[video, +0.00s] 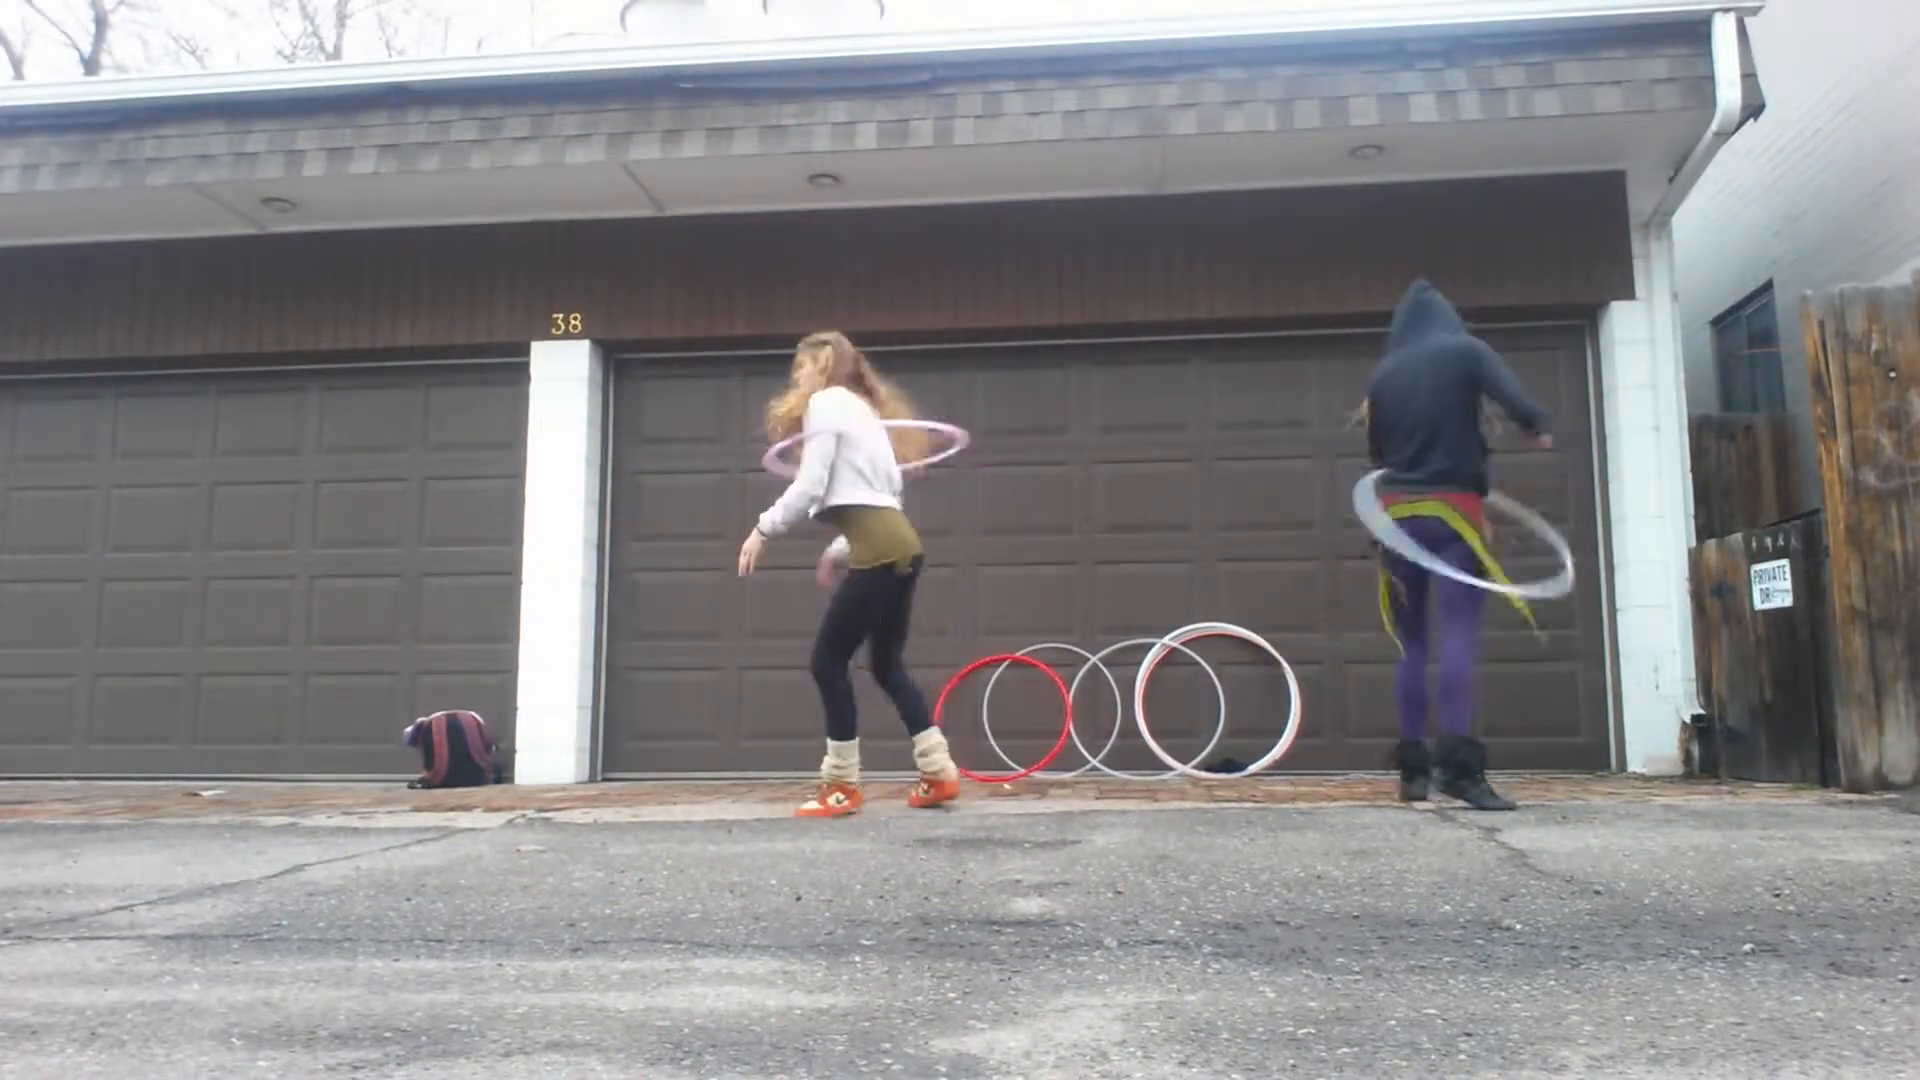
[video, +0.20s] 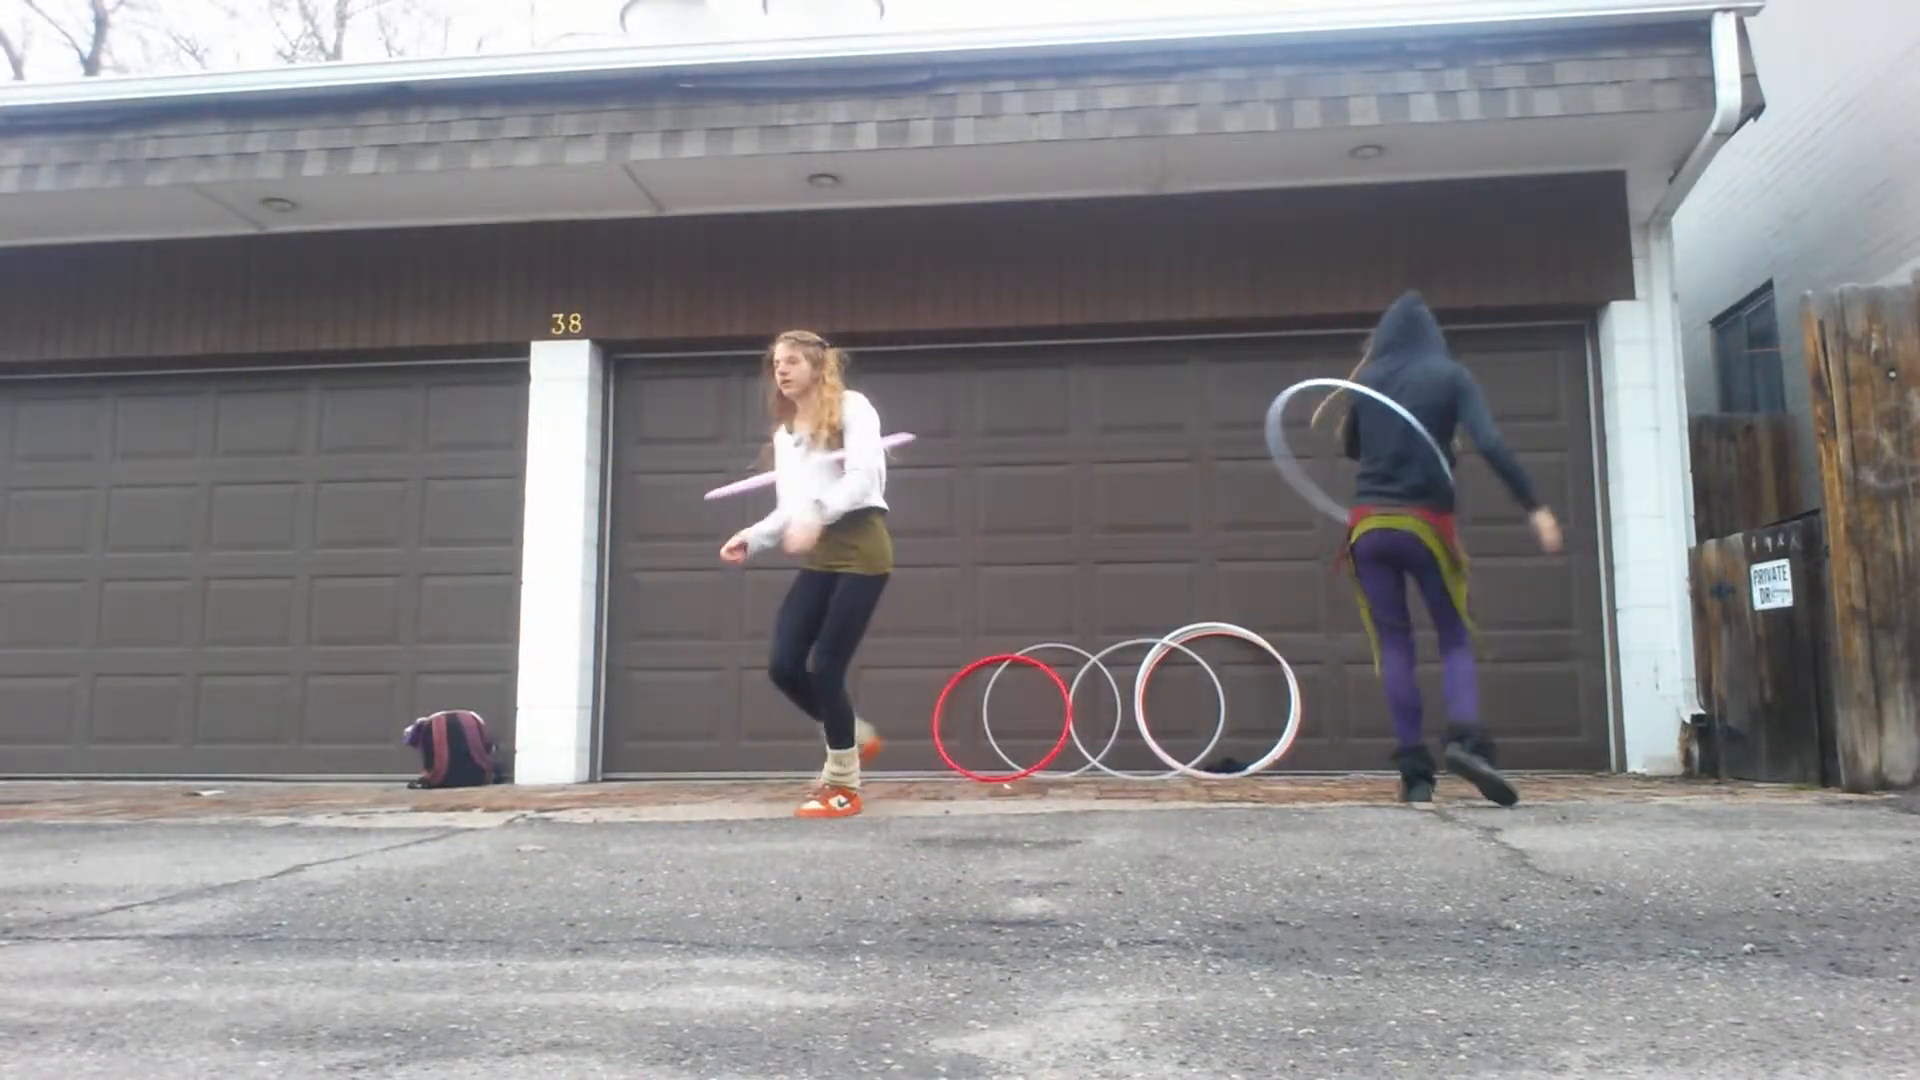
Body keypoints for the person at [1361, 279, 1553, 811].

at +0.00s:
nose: (1457, 325)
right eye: (1454, 318)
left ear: (1403, 324)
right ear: (1447, 318)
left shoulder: (1385, 373)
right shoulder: (1465, 350)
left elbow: (1380, 451)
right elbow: (1516, 402)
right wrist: (1537, 428)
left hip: (1397, 511)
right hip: (1454, 508)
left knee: (1413, 642)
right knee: (1457, 637)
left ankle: (1413, 770)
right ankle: (1458, 765)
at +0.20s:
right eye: (1433, 329)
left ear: (1385, 335)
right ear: (1431, 333)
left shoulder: (1367, 379)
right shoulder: (1451, 376)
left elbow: (1352, 446)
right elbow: (1487, 442)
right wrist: (1533, 505)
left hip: (1369, 526)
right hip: (1423, 526)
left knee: (1393, 643)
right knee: (1453, 638)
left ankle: (1414, 770)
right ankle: (1465, 739)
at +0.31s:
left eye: (1374, 344)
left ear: (1379, 343)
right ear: (1424, 342)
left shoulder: (1359, 384)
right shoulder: (1446, 387)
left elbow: (1331, 446)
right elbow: (1465, 462)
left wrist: (1372, 461)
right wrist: (1472, 519)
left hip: (1365, 530)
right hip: (1418, 532)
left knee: (1392, 650)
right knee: (1425, 641)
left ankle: (1413, 767)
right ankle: (1452, 721)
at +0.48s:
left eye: (1363, 351)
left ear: (1367, 350)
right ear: (1412, 351)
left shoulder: (1351, 392)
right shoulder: (1428, 399)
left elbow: (1311, 457)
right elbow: (1454, 481)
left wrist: (1332, 501)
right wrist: (1410, 474)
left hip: (1360, 530)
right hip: (1406, 534)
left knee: (1378, 647)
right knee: (1369, 646)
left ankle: (1402, 756)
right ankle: (1386, 753)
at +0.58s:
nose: (1348, 367)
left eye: (1352, 358)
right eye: (1350, 358)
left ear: (1364, 357)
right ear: (1403, 358)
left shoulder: (1350, 397)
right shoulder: (1417, 408)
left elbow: (1311, 453)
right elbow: (1389, 466)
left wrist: (1303, 517)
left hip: (1355, 539)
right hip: (1396, 539)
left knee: (1375, 652)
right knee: (1344, 650)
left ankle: (1406, 763)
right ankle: (1359, 763)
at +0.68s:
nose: (1339, 356)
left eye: (1348, 350)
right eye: (1339, 348)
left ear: (1366, 361)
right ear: (1339, 353)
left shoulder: (1369, 409)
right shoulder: (1350, 404)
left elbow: (1342, 471)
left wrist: (1290, 520)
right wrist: (1333, 388)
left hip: (1354, 539)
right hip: (1338, 537)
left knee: (1353, 655)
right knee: (1318, 656)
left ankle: (1418, 756)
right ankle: (1356, 761)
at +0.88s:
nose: (1343, 376)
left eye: (1354, 373)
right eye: (1341, 367)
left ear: (1370, 387)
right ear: (1330, 372)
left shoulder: (1375, 432)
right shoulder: (1306, 423)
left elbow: (1383, 495)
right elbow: (1244, 448)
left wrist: (1352, 529)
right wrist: (1275, 402)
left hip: (1349, 551)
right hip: (1302, 550)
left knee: (1335, 655)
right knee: (1302, 661)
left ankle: (1403, 749)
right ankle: (1347, 765)